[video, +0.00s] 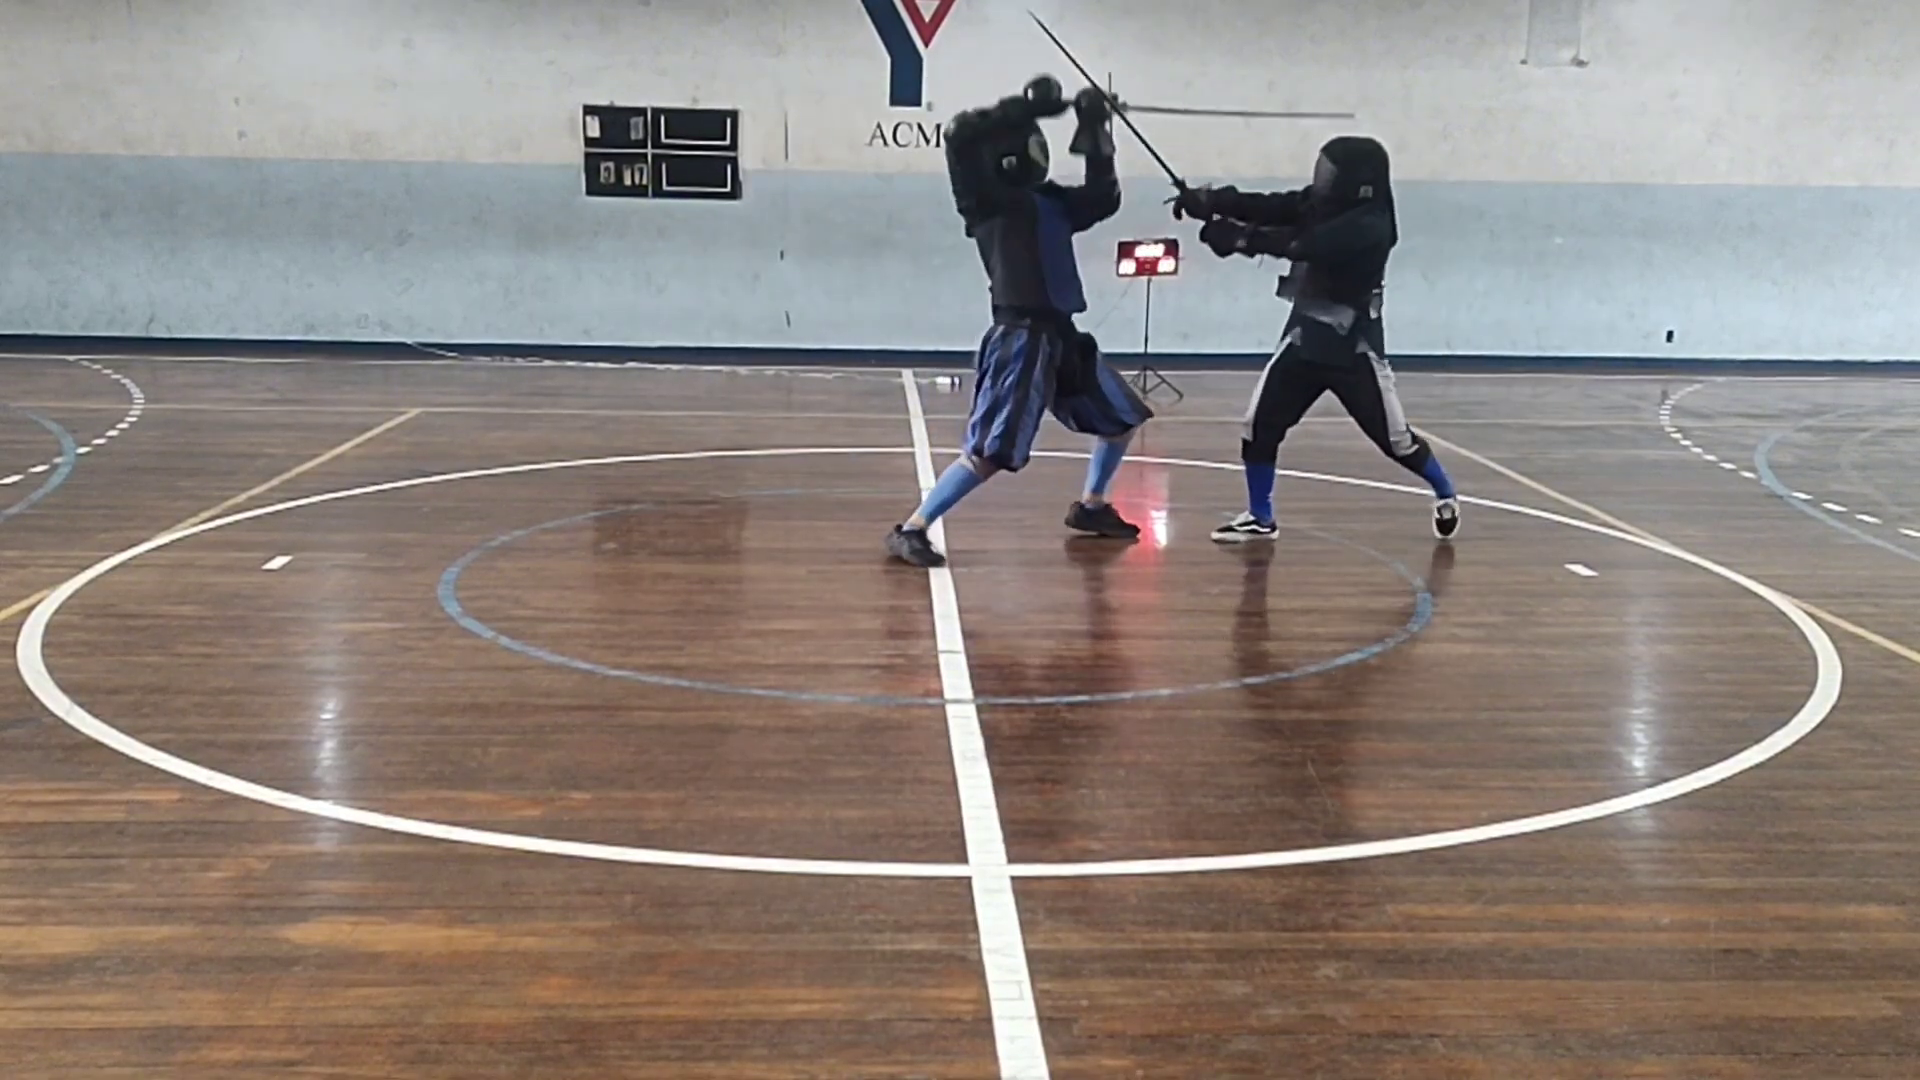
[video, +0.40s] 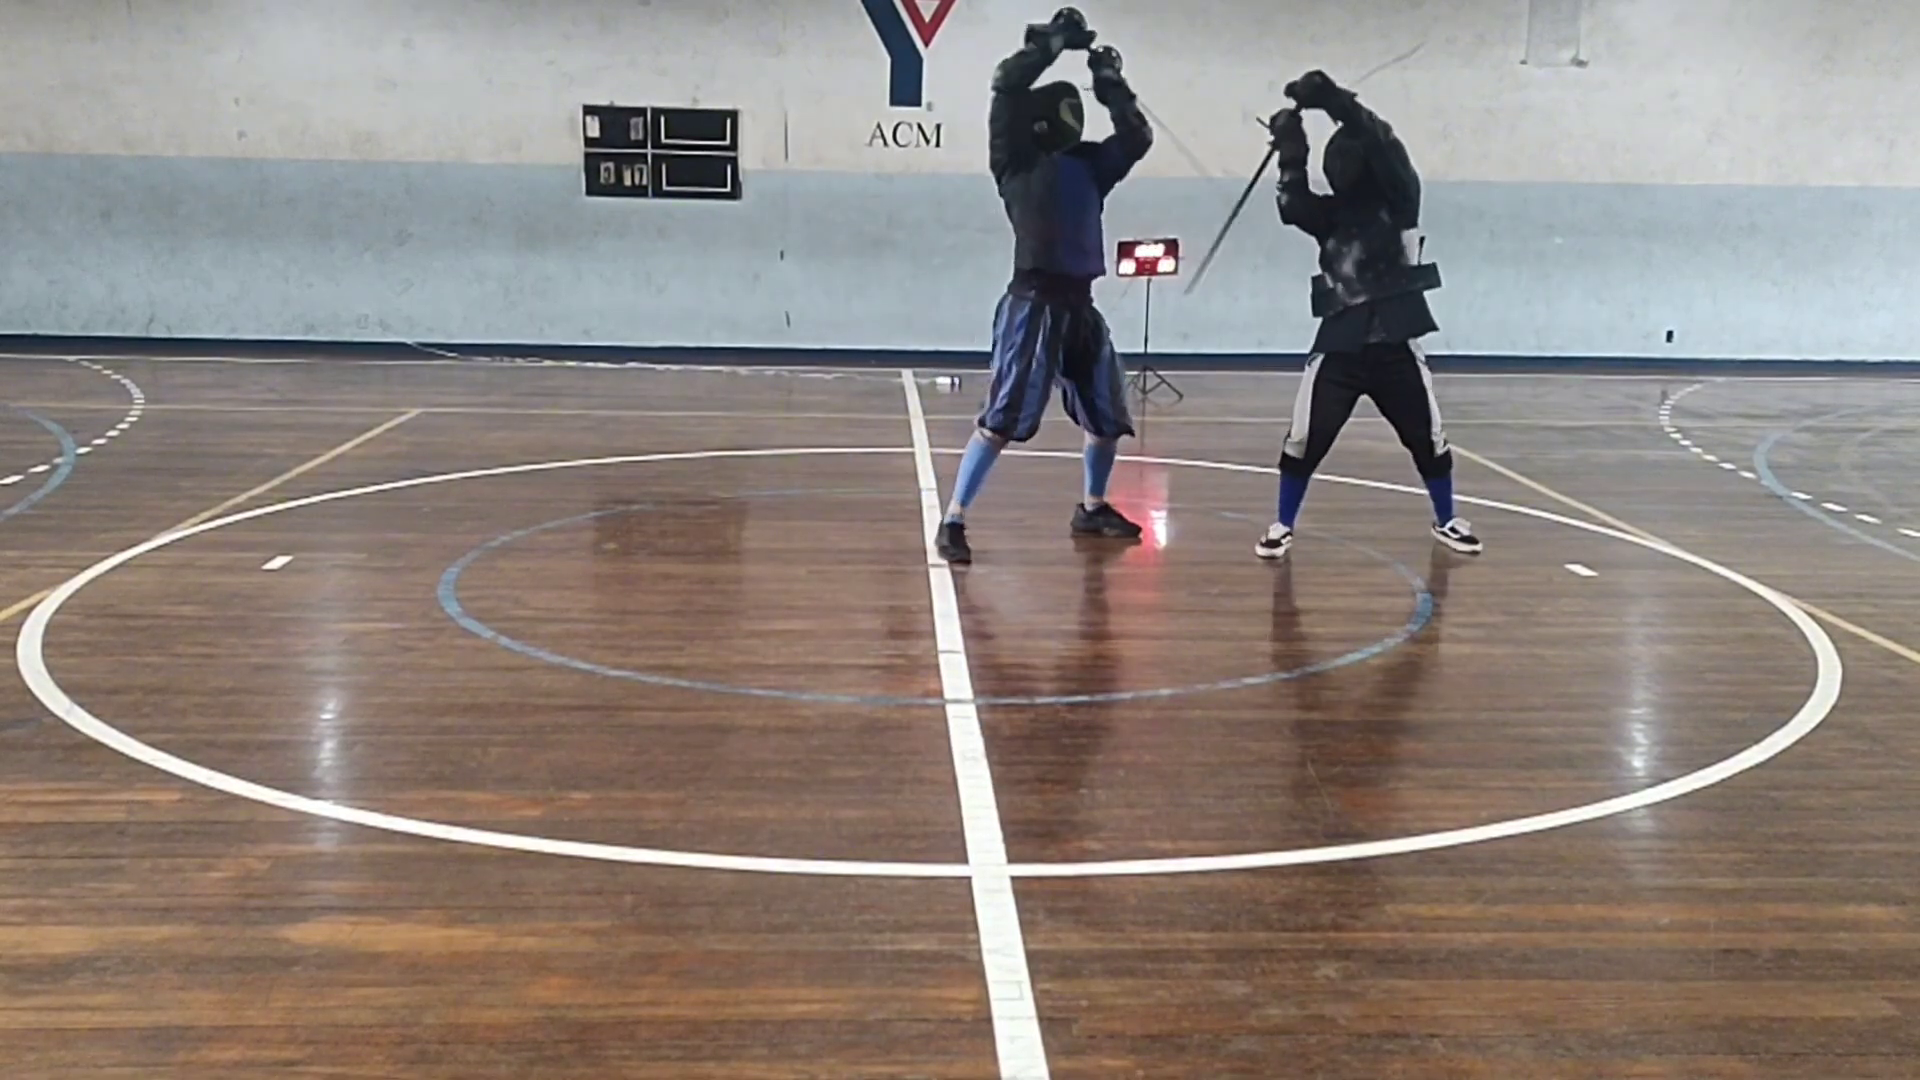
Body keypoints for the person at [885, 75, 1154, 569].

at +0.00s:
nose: (1043, 152)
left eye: (1042, 144)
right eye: (1032, 144)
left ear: (1038, 153)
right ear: (1006, 156)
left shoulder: (1054, 203)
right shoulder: (989, 203)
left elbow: (1103, 199)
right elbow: (963, 139)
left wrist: (1097, 134)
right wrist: (1028, 106)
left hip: (1062, 340)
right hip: (1019, 338)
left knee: (1122, 418)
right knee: (995, 450)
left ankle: (1092, 507)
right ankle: (912, 530)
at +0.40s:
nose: (1079, 114)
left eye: (1077, 108)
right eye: (1069, 107)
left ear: (1071, 121)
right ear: (1046, 118)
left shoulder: (1092, 165)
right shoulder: (1019, 161)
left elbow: (1136, 136)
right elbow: (1005, 87)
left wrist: (1109, 79)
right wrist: (1049, 42)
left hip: (1080, 309)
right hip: (1030, 306)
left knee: (1107, 417)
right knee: (1004, 419)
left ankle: (1093, 510)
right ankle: (953, 521)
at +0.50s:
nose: (1087, 118)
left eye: (1086, 110)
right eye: (1078, 111)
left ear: (1061, 120)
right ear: (1051, 118)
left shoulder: (1086, 168)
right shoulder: (1035, 156)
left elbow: (1138, 158)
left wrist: (1125, 103)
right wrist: (1117, 78)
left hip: (1071, 313)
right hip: (1032, 307)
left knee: (1108, 417)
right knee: (999, 418)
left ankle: (1094, 509)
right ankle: (938, 512)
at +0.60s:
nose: (1078, 131)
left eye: (1073, 124)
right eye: (1071, 125)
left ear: (1032, 134)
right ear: (1055, 132)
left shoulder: (1044, 170)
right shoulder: (1064, 178)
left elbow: (1100, 153)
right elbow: (1143, 208)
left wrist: (1136, 121)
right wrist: (1169, 159)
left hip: (1057, 317)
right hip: (1042, 318)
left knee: (1109, 414)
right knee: (1010, 427)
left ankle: (1094, 509)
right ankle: (929, 511)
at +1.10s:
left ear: (1016, 208)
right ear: (1059, 207)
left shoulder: (1008, 250)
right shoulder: (1076, 251)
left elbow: (994, 208)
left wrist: (1049, 171)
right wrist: (1069, 176)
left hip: (1034, 373)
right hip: (1065, 378)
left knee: (1119, 408)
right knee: (1038, 495)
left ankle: (1109, 502)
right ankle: (934, 513)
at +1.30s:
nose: (1074, 183)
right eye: (1068, 179)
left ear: (1026, 197)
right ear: (1062, 190)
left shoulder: (1015, 241)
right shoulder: (1084, 234)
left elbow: (1022, 177)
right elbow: (1122, 179)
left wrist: (1053, 130)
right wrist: (1093, 129)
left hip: (1041, 366)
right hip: (1073, 371)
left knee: (1122, 414)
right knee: (1037, 480)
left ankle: (1116, 509)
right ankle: (930, 513)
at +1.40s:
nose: (1075, 167)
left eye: (1071, 161)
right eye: (1069, 162)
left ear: (1032, 174)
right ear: (1059, 172)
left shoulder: (1034, 215)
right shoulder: (1070, 216)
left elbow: (1081, 176)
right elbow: (1129, 175)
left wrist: (1081, 123)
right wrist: (1109, 121)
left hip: (1065, 345)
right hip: (1073, 349)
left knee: (1133, 417)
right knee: (1042, 455)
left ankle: (1117, 509)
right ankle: (942, 509)